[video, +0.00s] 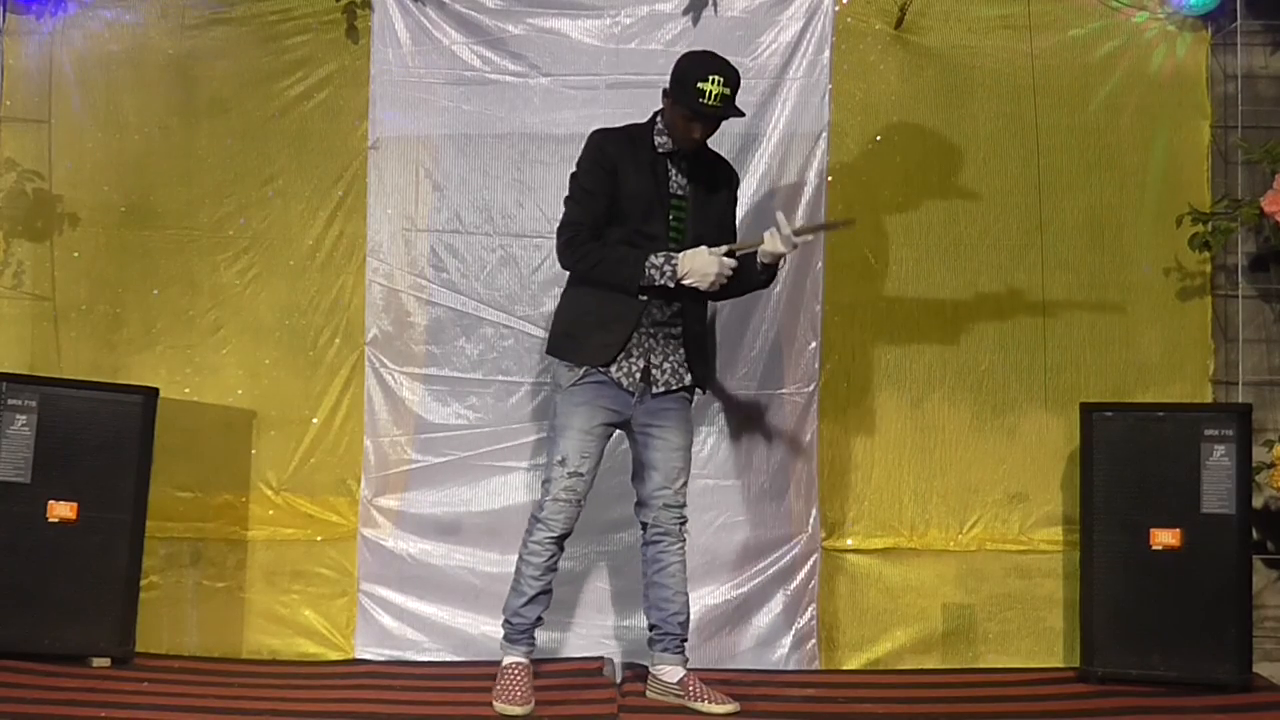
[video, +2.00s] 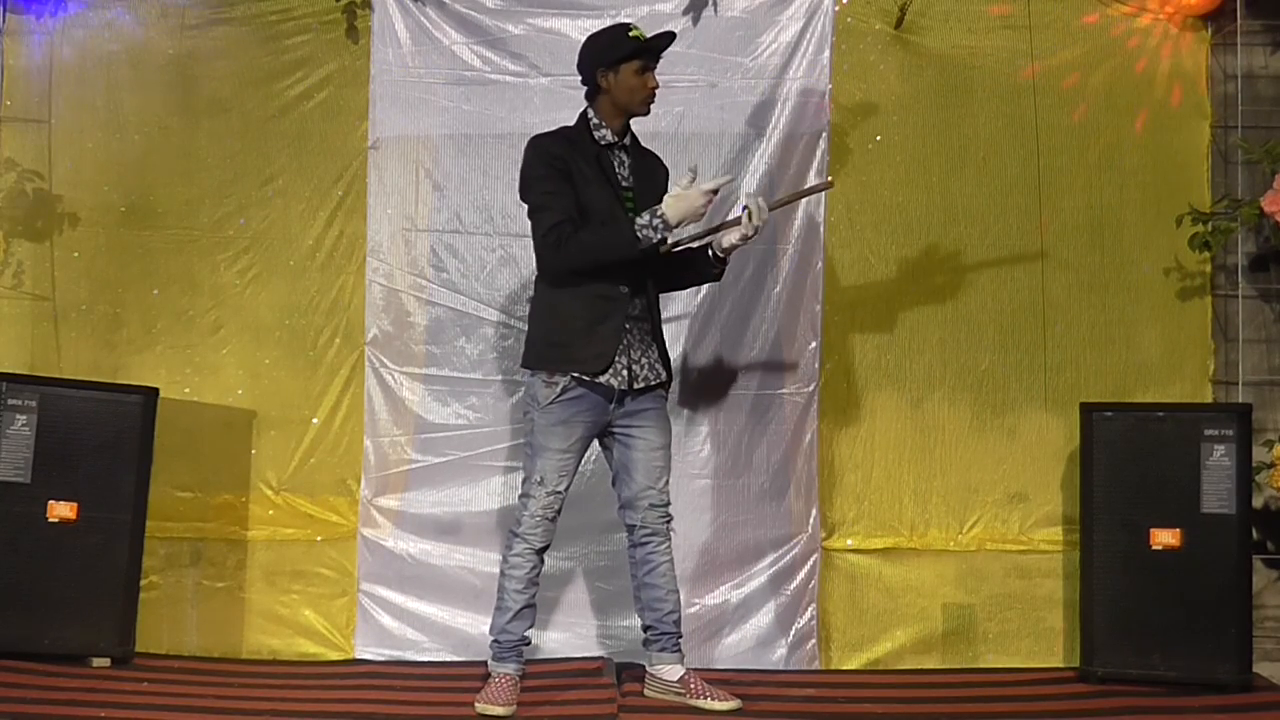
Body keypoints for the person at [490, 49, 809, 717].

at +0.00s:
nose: (703, 130)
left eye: (714, 120)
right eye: (694, 115)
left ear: (724, 116)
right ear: (668, 99)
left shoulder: (718, 177)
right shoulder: (610, 149)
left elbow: (707, 280)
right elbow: (576, 249)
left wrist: (759, 262)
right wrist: (670, 266)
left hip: (671, 377)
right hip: (593, 367)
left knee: (666, 516)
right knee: (561, 505)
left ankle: (668, 668)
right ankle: (517, 654)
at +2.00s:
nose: (656, 82)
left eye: (655, 70)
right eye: (644, 71)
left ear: (627, 80)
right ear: (606, 78)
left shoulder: (651, 169)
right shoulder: (549, 153)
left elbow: (648, 272)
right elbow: (559, 256)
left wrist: (715, 252)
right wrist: (659, 221)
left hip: (642, 374)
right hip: (566, 372)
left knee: (651, 519)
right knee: (536, 522)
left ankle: (665, 669)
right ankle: (506, 669)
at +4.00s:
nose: (658, 128)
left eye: (667, 119)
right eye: (653, 113)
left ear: (666, 117)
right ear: (620, 94)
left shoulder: (654, 173)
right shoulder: (550, 156)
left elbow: (640, 277)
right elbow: (545, 260)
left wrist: (691, 255)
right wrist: (645, 251)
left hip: (636, 378)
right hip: (562, 377)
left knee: (653, 520)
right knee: (532, 525)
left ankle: (667, 673)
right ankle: (503, 672)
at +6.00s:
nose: (664, 115)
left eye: (669, 105)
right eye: (656, 101)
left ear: (661, 105)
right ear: (620, 89)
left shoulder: (654, 167)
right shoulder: (549, 152)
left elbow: (647, 269)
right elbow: (538, 252)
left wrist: (701, 244)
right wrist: (632, 254)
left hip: (637, 376)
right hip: (561, 375)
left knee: (654, 519)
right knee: (531, 523)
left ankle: (667, 669)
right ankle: (503, 669)